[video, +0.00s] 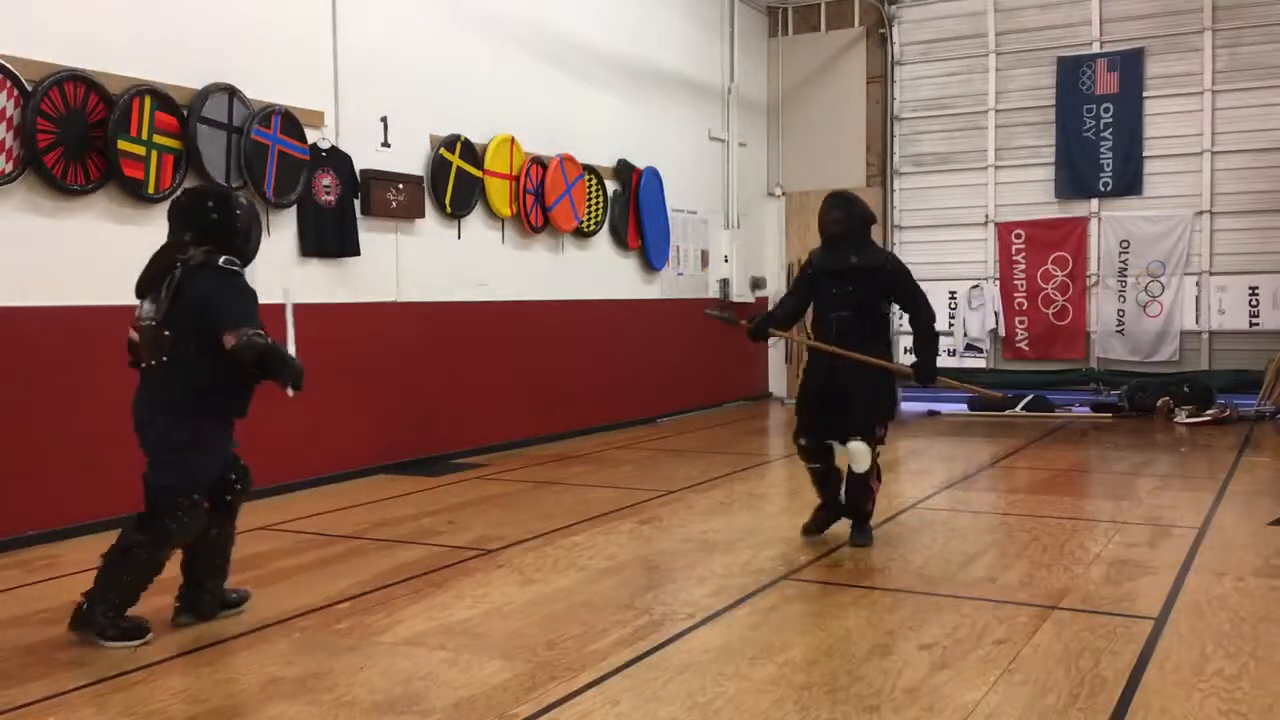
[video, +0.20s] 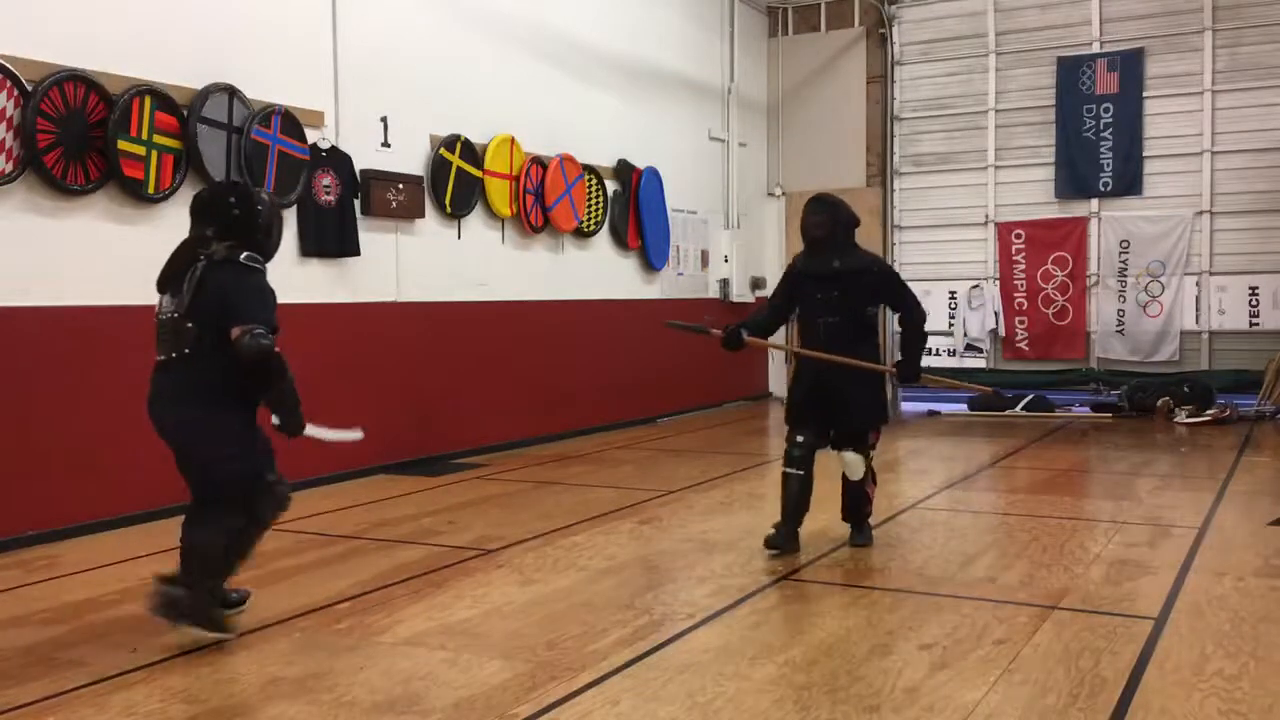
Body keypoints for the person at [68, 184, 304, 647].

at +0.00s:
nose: (250, 234)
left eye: (248, 224)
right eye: (244, 225)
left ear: (188, 230)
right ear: (227, 230)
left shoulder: (169, 271)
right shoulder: (221, 279)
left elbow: (142, 346)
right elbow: (242, 340)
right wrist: (282, 365)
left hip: (164, 412)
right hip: (188, 419)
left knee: (229, 483)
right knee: (175, 512)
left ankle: (202, 593)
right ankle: (101, 608)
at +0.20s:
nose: (274, 229)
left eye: (272, 220)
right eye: (268, 221)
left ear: (212, 226)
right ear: (249, 227)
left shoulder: (187, 265)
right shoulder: (244, 276)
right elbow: (255, 349)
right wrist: (287, 407)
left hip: (173, 399)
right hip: (212, 406)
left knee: (214, 492)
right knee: (262, 491)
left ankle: (203, 581)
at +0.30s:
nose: (286, 230)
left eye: (283, 220)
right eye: (277, 222)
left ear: (221, 229)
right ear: (257, 229)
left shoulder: (197, 268)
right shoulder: (252, 278)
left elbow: (210, 343)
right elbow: (260, 354)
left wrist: (284, 354)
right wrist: (290, 420)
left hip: (183, 405)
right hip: (226, 411)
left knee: (218, 492)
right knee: (281, 493)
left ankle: (200, 594)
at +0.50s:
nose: (318, 252)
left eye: (315, 242)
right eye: (310, 242)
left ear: (253, 246)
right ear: (290, 248)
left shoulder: (227, 282)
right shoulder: (289, 299)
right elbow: (310, 375)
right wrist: (346, 432)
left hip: (214, 432)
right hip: (265, 438)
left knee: (241, 501)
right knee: (337, 506)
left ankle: (202, 595)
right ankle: (344, 619)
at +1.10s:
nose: (369, 216)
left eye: (365, 204)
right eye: (360, 205)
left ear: (289, 209)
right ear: (338, 212)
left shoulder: (254, 264)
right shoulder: (333, 275)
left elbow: (260, 359)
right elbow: (364, 366)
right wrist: (409, 437)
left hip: (239, 440)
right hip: (307, 443)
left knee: (281, 538)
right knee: (365, 537)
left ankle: (266, 665)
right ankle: (353, 674)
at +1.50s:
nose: (397, 246)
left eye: (394, 235)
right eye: (392, 236)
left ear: (310, 235)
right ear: (373, 239)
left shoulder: (261, 288)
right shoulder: (377, 293)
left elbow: (243, 383)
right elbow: (423, 404)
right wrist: (447, 482)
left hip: (231, 467)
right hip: (320, 476)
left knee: (265, 560)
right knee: (380, 579)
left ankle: (251, 688)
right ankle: (355, 705)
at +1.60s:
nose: (394, 240)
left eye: (392, 229)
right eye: (388, 229)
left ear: (303, 231)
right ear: (367, 234)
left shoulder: (253, 287)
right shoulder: (372, 290)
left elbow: (233, 390)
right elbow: (421, 406)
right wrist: (451, 479)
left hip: (224, 468)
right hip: (317, 476)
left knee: (255, 567)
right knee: (380, 576)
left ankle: (229, 706)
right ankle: (354, 707)